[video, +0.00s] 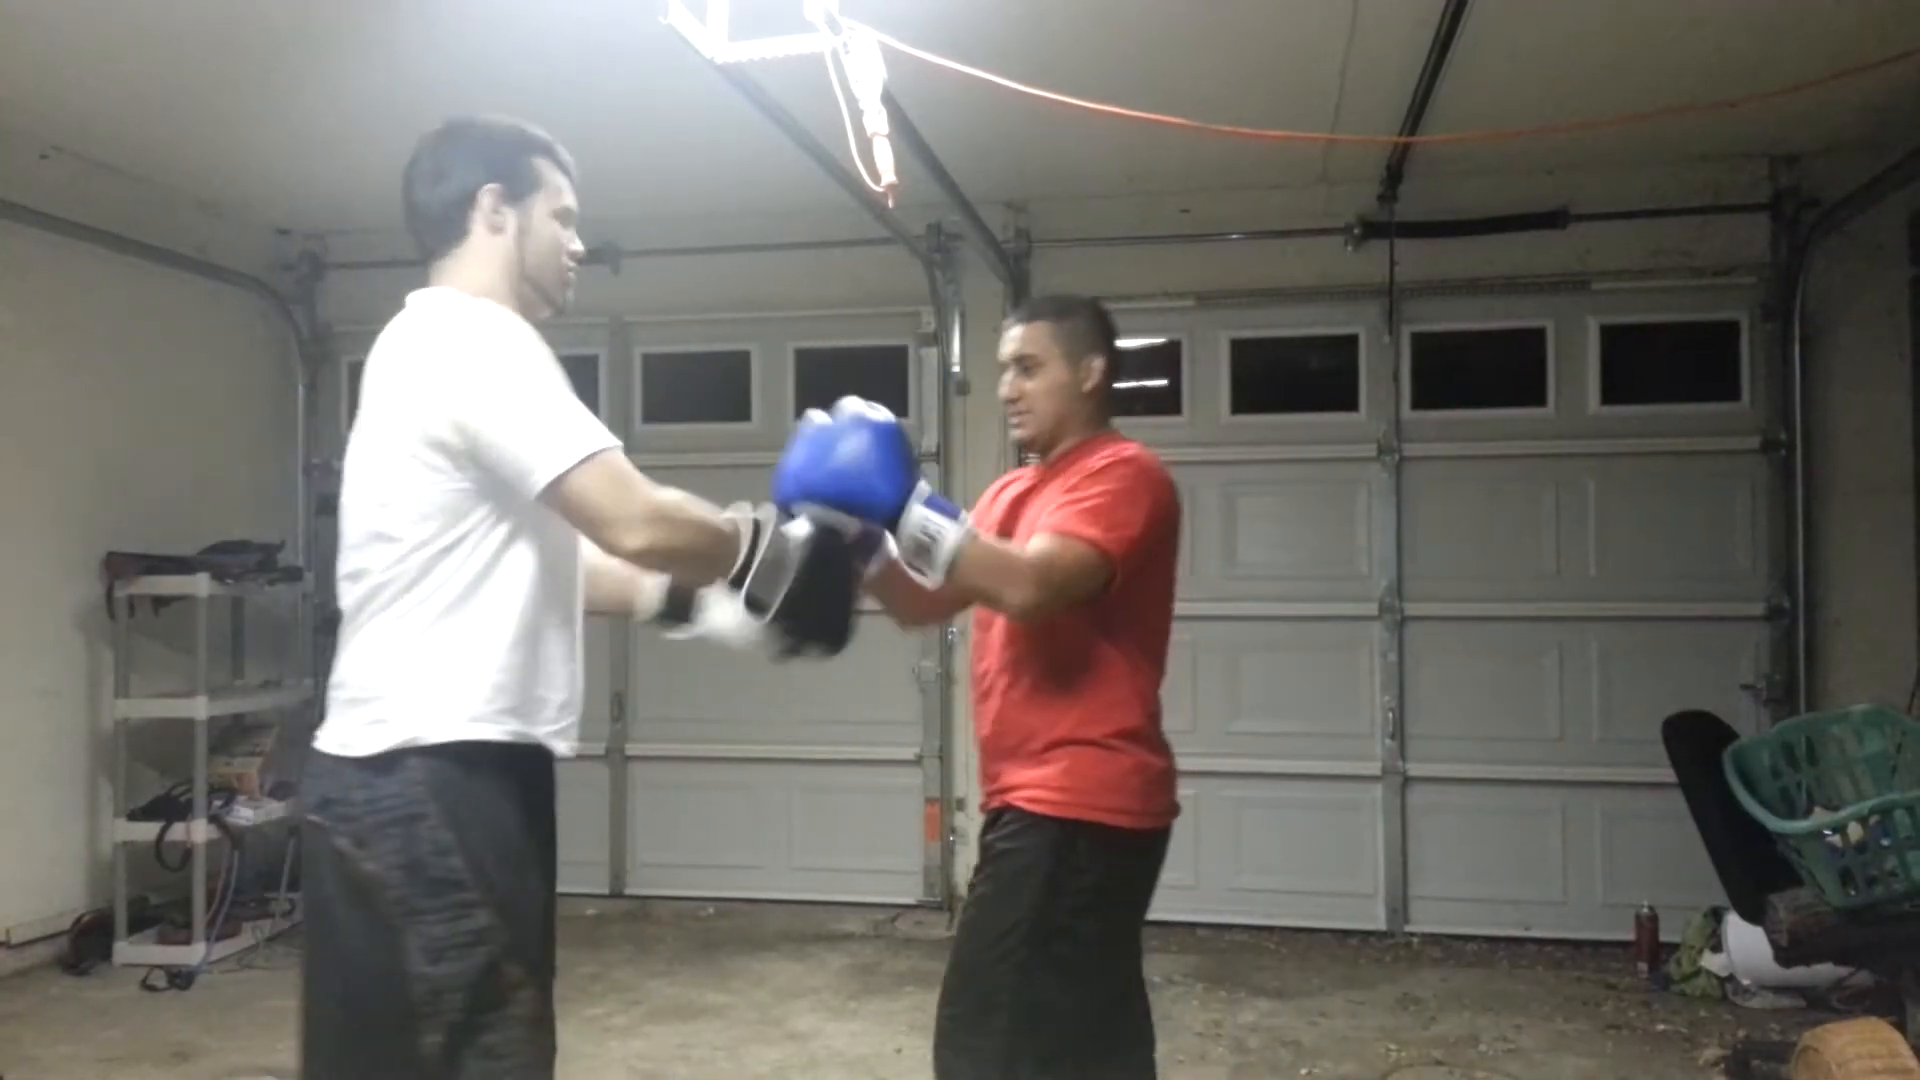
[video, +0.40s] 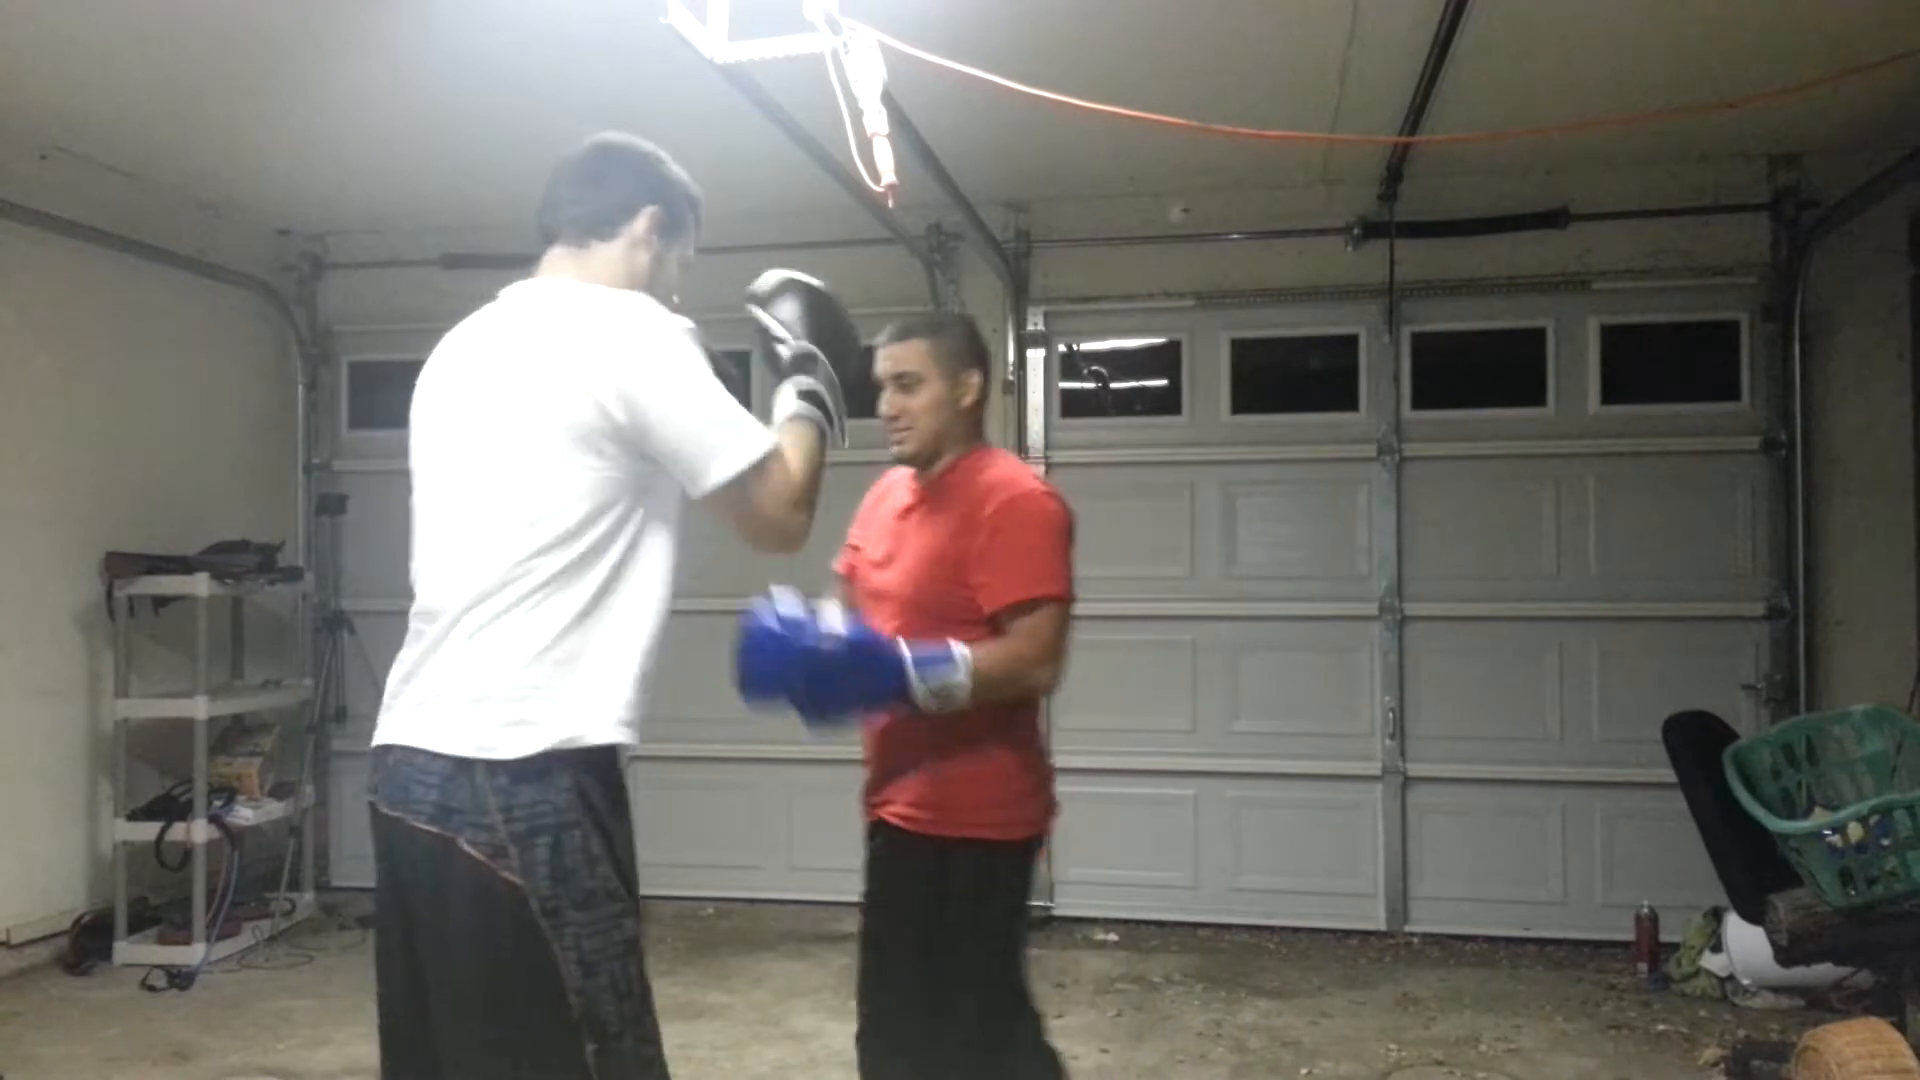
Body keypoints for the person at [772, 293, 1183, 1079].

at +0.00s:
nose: (1007, 388)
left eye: (1027, 367)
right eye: (1003, 372)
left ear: (1093, 373)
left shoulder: (1127, 476)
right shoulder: (1008, 491)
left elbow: (1032, 584)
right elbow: (924, 604)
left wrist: (908, 509)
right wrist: (856, 535)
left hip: (1085, 802)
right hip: (1028, 801)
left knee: (983, 1039)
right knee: (1091, 1042)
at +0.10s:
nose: (977, 395)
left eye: (997, 373)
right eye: (972, 379)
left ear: (1062, 377)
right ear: (970, 392)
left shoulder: (1102, 481)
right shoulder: (987, 498)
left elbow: (1058, 625)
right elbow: (927, 642)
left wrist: (930, 568)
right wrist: (873, 588)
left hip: (1062, 809)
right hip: (1002, 806)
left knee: (971, 1041)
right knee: (1084, 1043)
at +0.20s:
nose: (945, 402)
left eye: (964, 381)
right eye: (941, 385)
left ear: (1028, 386)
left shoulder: (1070, 491)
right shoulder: (959, 501)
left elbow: (1076, 652)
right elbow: (934, 626)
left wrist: (929, 659)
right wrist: (875, 639)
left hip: (1030, 813)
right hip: (975, 807)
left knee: (947, 1040)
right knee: (1063, 1040)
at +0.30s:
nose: (914, 406)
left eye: (933, 386)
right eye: (909, 389)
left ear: (997, 391)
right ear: (907, 401)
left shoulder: (1042, 501)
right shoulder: (924, 500)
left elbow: (1067, 661)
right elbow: (893, 625)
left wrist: (937, 708)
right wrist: (852, 685)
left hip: (1001, 822)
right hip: (944, 813)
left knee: (923, 1042)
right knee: (1030, 1039)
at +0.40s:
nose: (887, 407)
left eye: (908, 385)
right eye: (882, 389)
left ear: (970, 388)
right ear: (878, 398)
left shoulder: (1018, 499)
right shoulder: (889, 491)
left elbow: (1036, 657)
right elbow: (853, 614)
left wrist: (904, 673)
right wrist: (813, 646)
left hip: (980, 810)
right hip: (902, 804)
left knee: (962, 1027)